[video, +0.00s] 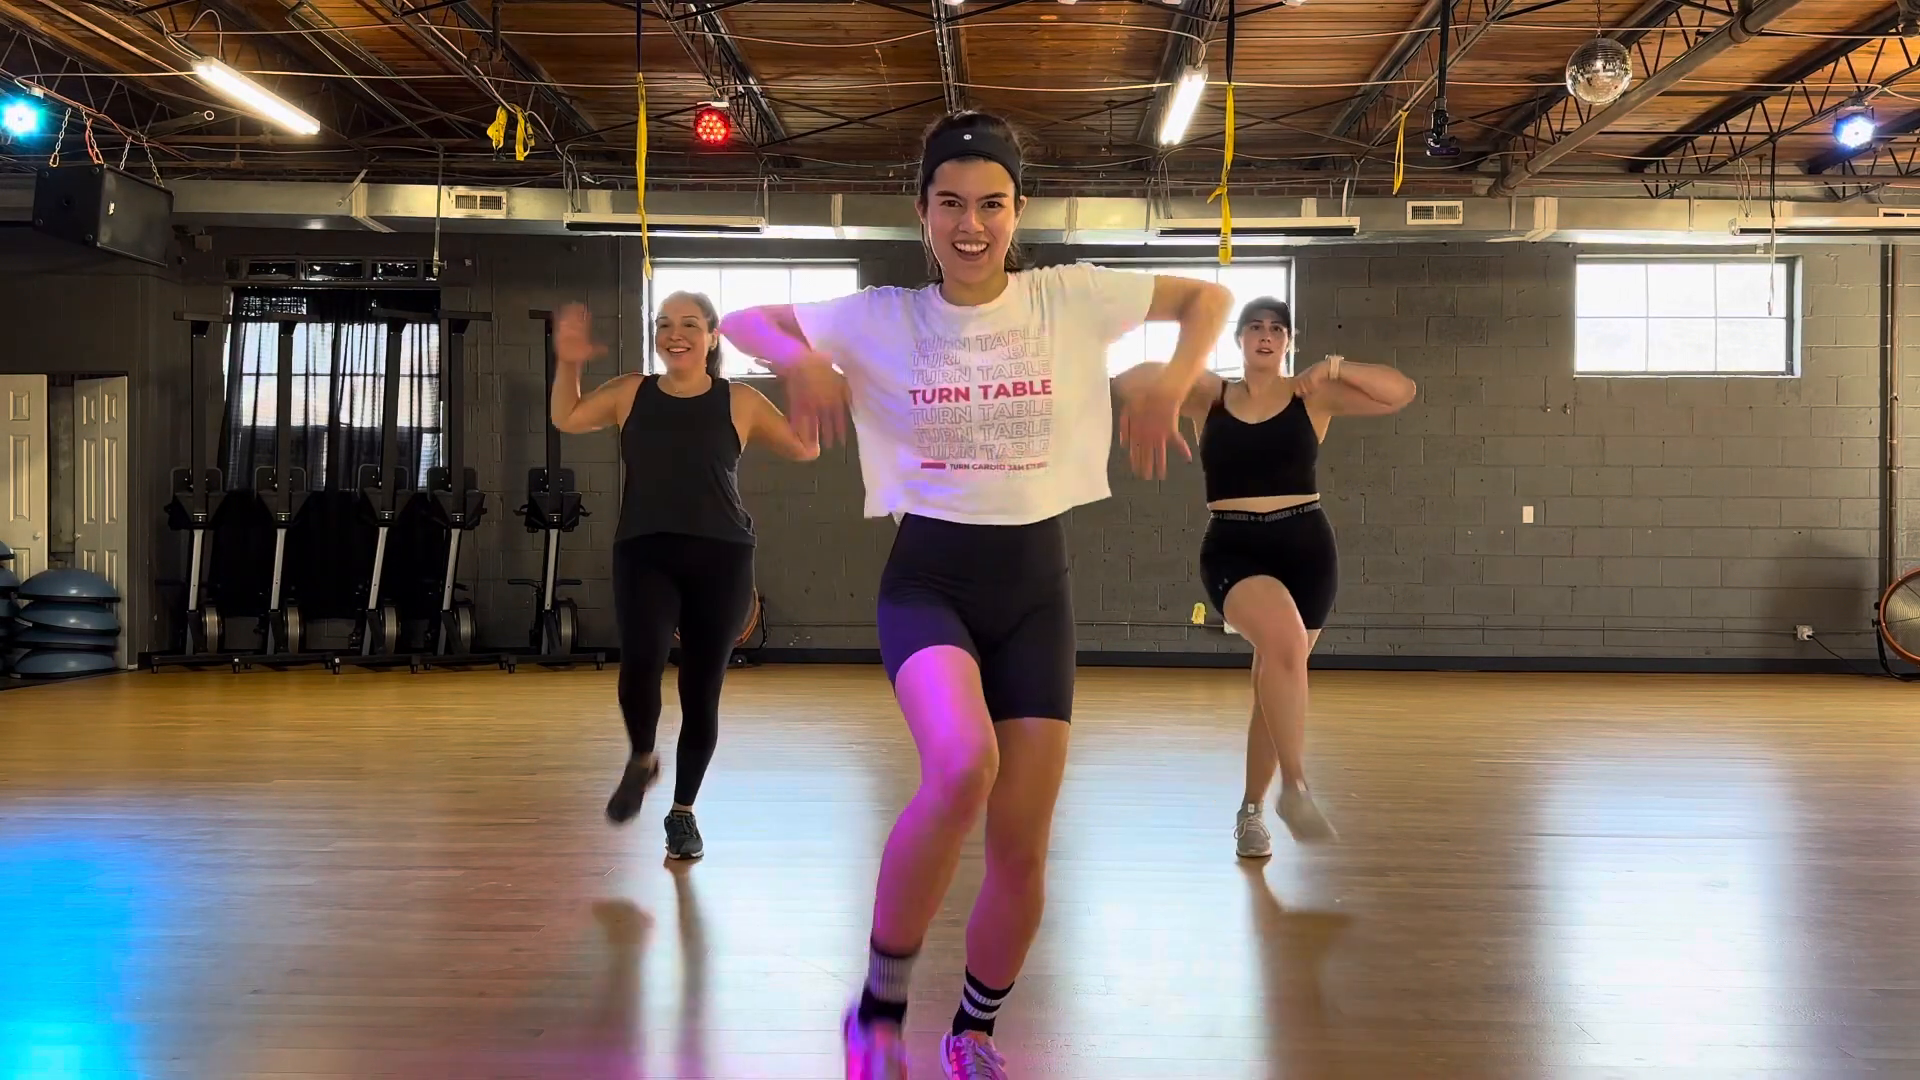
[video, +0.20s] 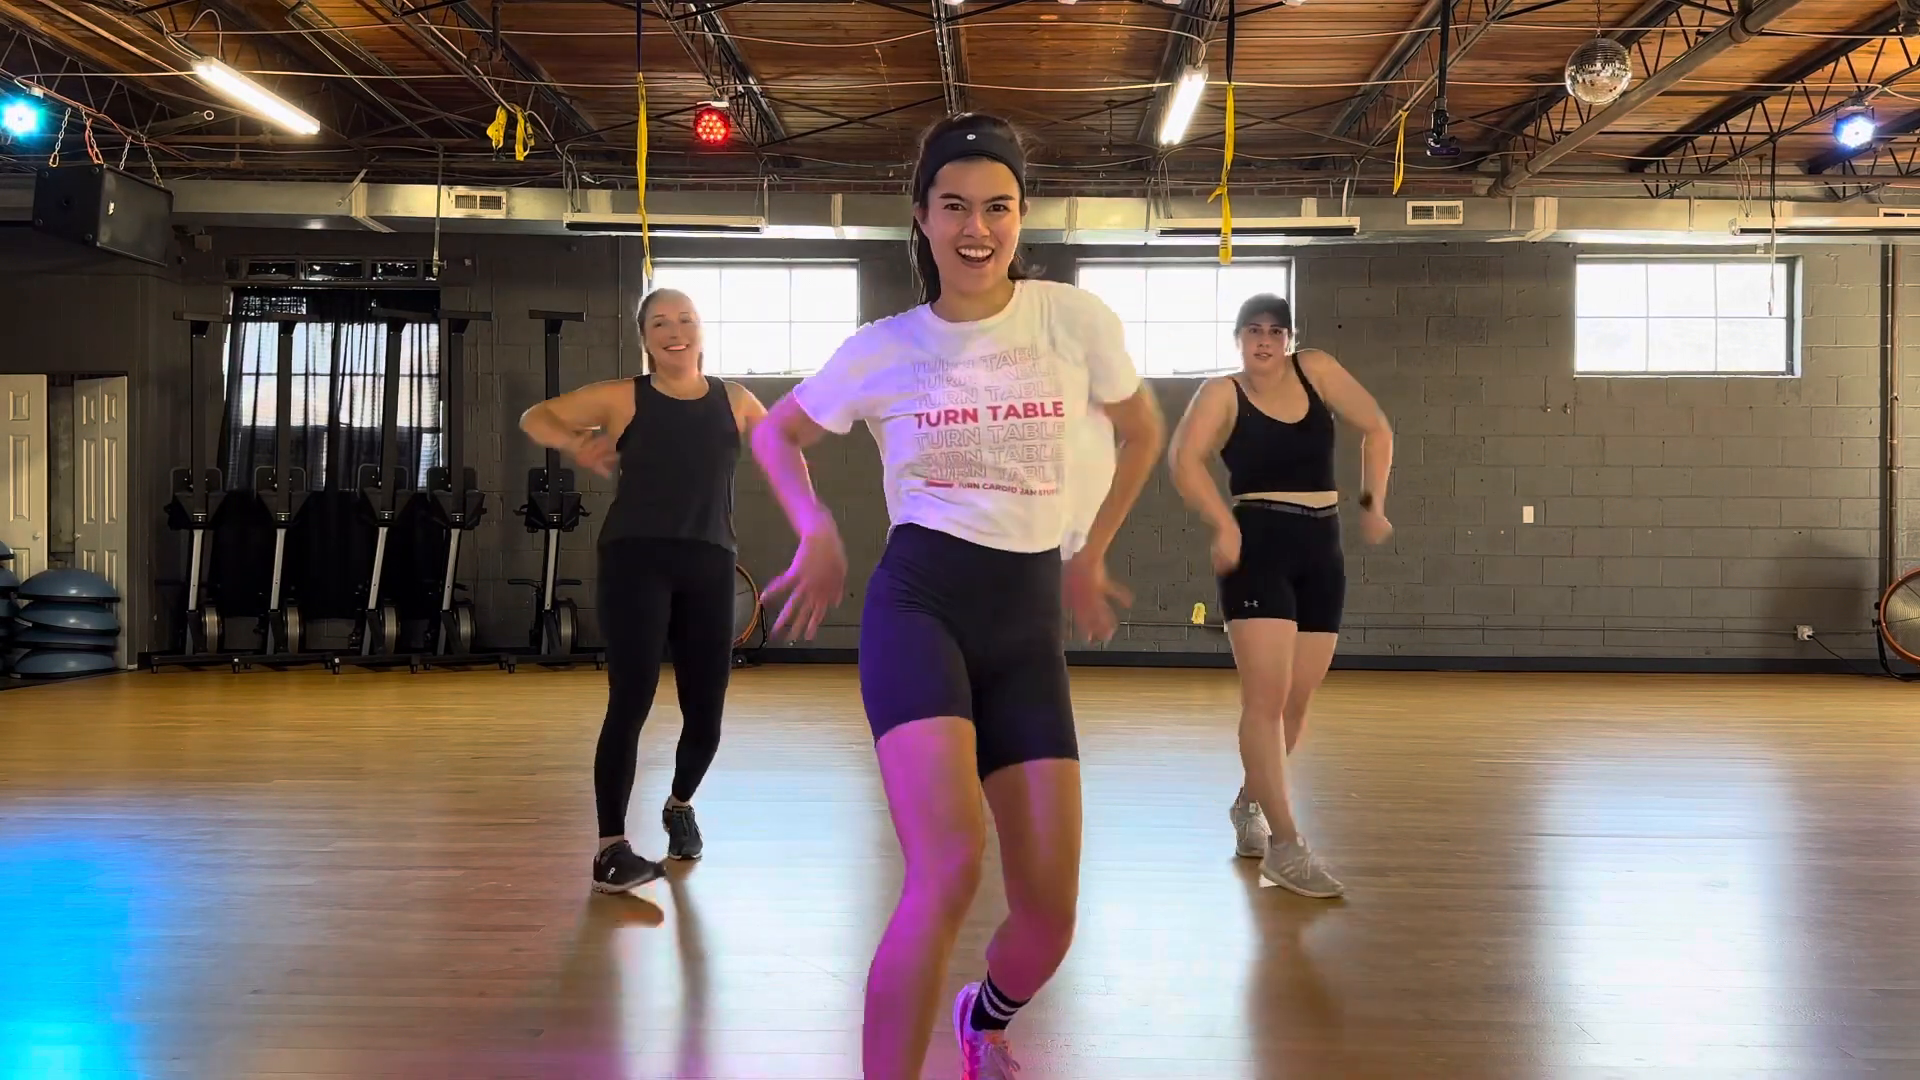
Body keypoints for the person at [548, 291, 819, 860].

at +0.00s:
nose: (677, 334)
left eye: (689, 326)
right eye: (667, 325)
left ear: (712, 336)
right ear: (656, 335)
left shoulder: (741, 400)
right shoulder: (630, 391)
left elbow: (806, 449)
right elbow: (567, 417)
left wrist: (820, 387)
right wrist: (568, 362)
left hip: (720, 557)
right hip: (644, 553)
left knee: (700, 691)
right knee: (641, 661)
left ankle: (685, 810)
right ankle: (642, 757)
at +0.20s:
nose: (678, 331)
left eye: (687, 320)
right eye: (662, 323)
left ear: (703, 332)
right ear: (645, 340)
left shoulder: (736, 400)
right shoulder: (619, 397)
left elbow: (789, 467)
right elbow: (533, 418)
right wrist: (575, 445)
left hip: (708, 566)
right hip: (635, 564)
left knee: (705, 717)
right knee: (630, 701)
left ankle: (681, 804)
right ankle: (611, 846)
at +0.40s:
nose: (690, 331)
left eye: (693, 320)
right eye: (674, 323)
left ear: (702, 330)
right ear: (644, 338)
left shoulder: (717, 400)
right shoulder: (625, 397)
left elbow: (709, 482)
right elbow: (546, 451)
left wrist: (747, 526)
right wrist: (570, 519)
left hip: (690, 568)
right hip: (628, 564)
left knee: (730, 701)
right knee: (628, 705)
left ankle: (653, 801)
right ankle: (613, 850)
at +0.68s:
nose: (711, 338)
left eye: (710, 327)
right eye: (706, 327)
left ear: (670, 331)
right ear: (678, 330)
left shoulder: (654, 389)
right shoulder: (656, 389)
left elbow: (620, 481)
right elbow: (628, 477)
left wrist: (673, 564)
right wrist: (641, 566)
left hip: (660, 564)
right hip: (658, 567)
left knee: (714, 681)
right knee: (639, 714)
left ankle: (663, 811)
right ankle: (605, 855)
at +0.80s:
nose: (708, 341)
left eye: (707, 329)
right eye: (705, 329)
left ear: (640, 329)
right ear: (686, 329)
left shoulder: (611, 396)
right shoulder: (682, 388)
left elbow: (584, 488)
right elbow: (681, 480)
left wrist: (584, 570)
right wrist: (710, 567)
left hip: (615, 569)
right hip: (667, 567)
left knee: (690, 678)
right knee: (643, 711)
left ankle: (669, 810)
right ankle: (600, 859)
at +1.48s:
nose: (673, 321)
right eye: (671, 310)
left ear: (615, 324)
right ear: (672, 318)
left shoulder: (590, 388)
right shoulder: (709, 381)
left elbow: (532, 455)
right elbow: (750, 465)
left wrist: (531, 533)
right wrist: (765, 540)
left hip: (619, 561)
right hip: (698, 559)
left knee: (640, 694)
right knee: (698, 694)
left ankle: (664, 825)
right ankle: (651, 802)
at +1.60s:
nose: (665, 330)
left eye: (617, 325)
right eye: (666, 321)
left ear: (611, 332)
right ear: (668, 327)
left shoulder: (587, 405)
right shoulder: (709, 392)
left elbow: (561, 493)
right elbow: (740, 476)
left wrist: (529, 569)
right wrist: (754, 552)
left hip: (620, 570)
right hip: (699, 563)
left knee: (646, 700)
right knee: (714, 677)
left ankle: (668, 829)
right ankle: (687, 723)